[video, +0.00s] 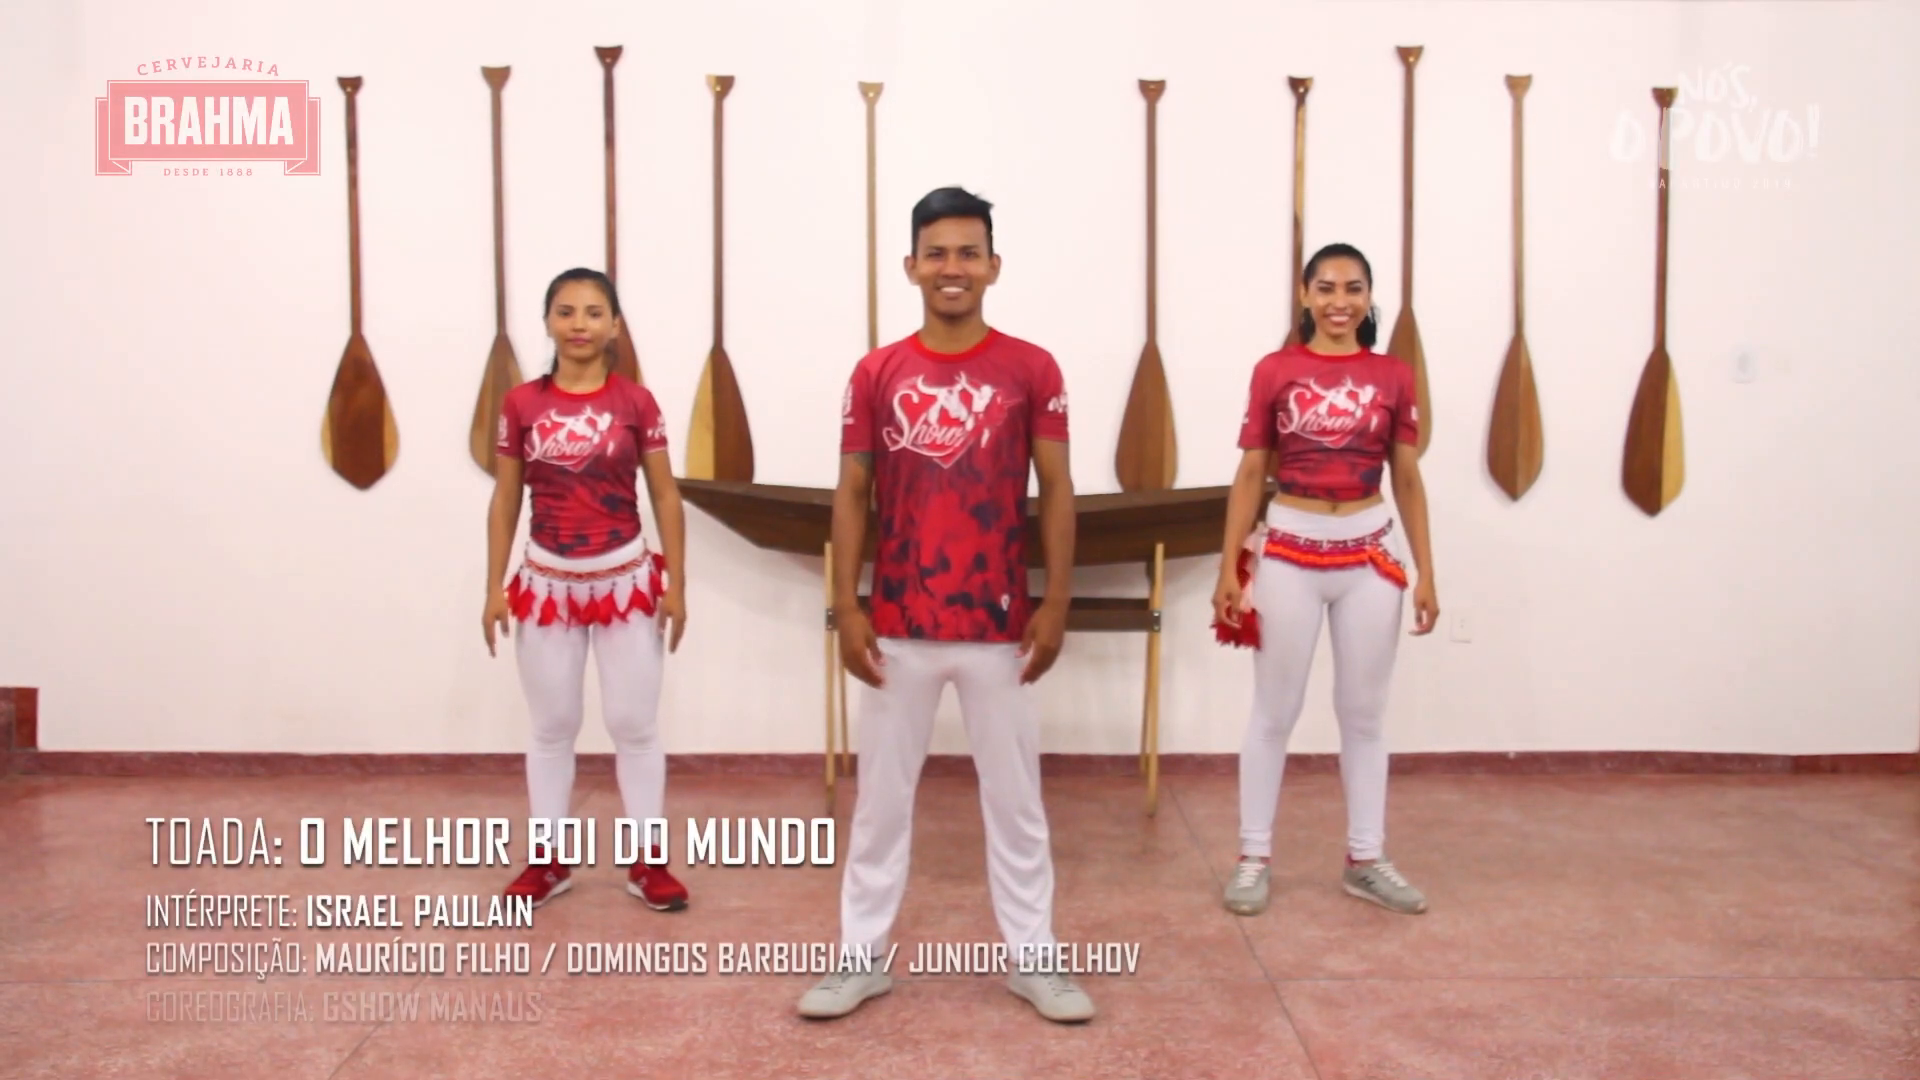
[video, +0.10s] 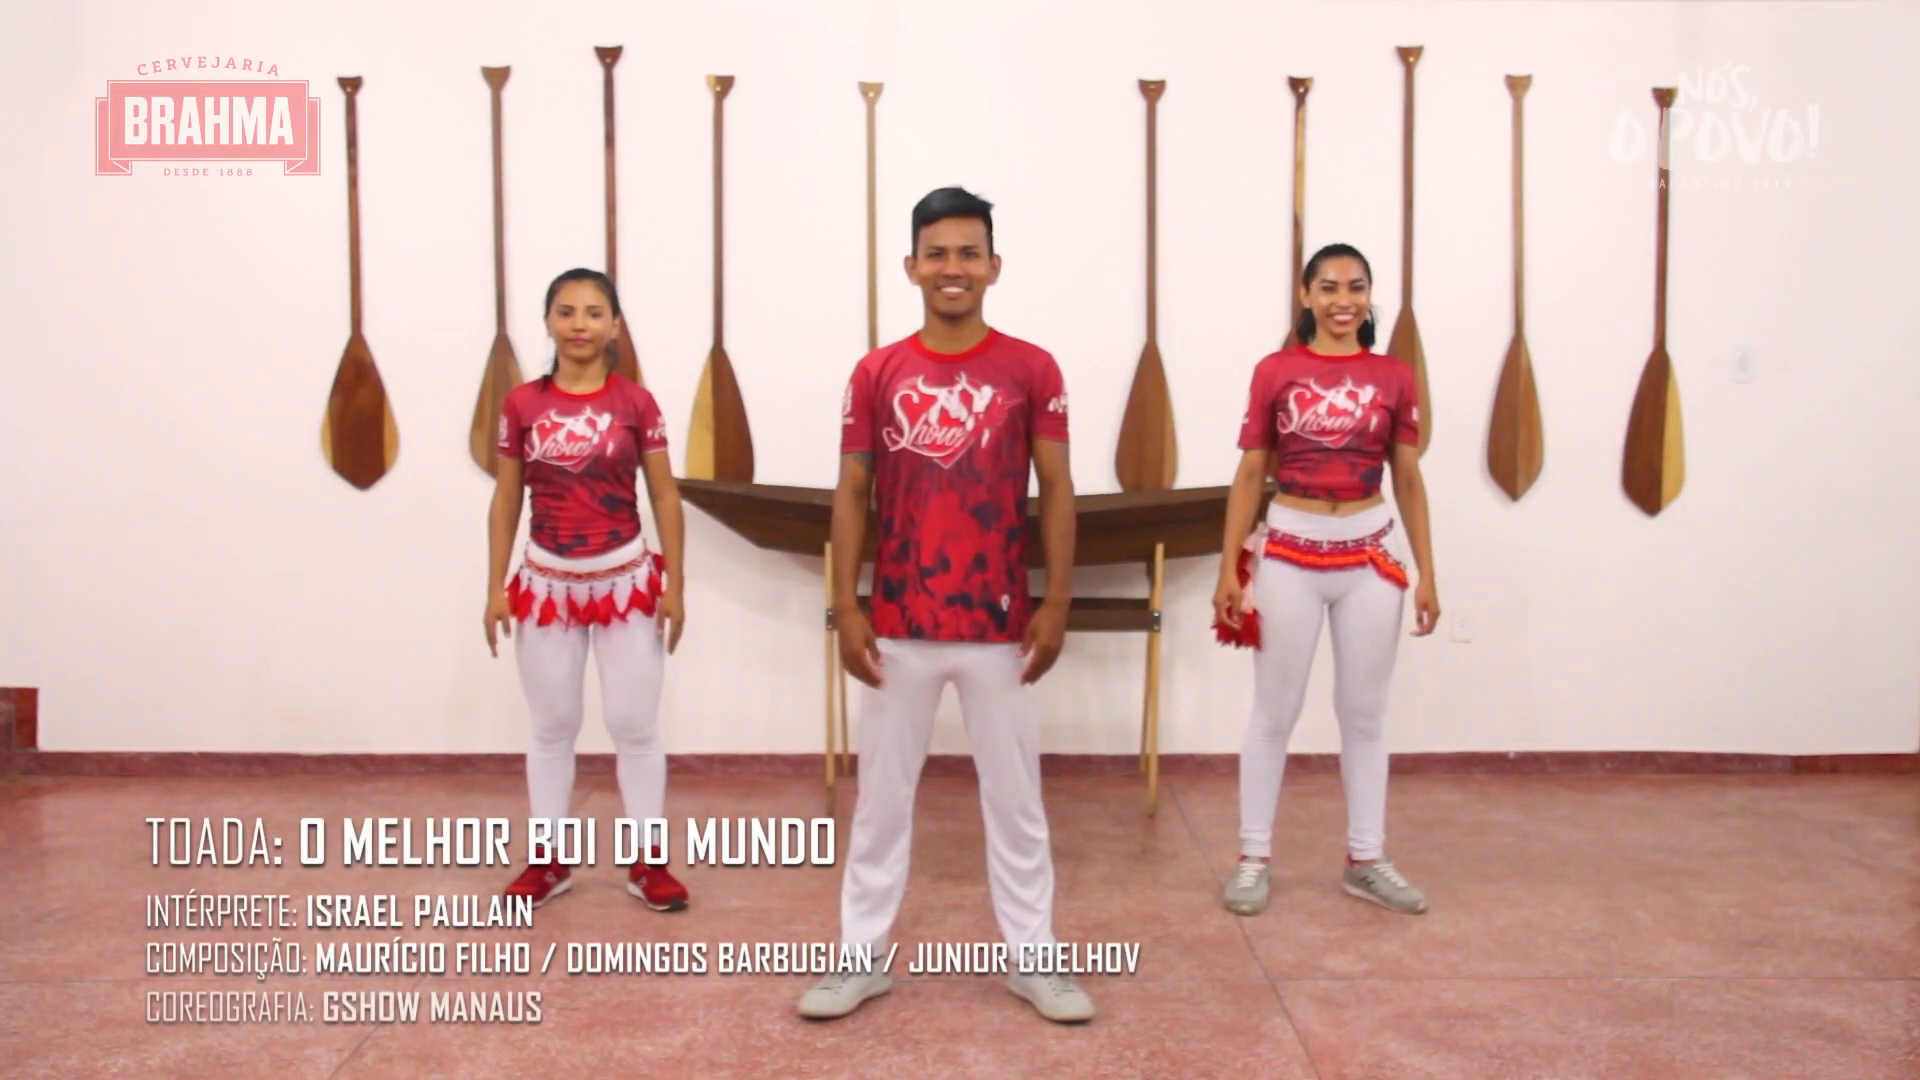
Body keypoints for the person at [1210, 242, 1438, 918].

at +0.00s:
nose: (1339, 299)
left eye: (1352, 288)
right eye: (1326, 287)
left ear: (1369, 298)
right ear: (1305, 296)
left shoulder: (1393, 375)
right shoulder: (1276, 370)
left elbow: (1407, 480)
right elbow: (1251, 473)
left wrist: (1425, 573)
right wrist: (1228, 564)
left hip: (1372, 554)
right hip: (1287, 554)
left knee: (1364, 716)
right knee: (1274, 714)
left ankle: (1365, 859)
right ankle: (1254, 859)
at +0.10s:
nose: (1343, 299)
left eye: (1355, 287)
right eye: (1329, 287)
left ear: (1370, 297)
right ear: (1306, 296)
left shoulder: (1393, 376)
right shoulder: (1276, 371)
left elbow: (1408, 480)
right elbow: (1250, 474)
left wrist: (1426, 574)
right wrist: (1228, 565)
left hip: (1372, 553)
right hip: (1288, 554)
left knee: (1364, 716)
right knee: (1274, 715)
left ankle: (1365, 859)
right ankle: (1254, 859)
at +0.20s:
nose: (1344, 298)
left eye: (1355, 287)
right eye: (1330, 287)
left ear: (1370, 297)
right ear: (1307, 296)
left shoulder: (1394, 376)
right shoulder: (1276, 371)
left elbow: (1408, 481)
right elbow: (1251, 474)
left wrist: (1427, 575)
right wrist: (1230, 567)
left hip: (1372, 554)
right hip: (1288, 554)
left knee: (1365, 716)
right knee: (1274, 715)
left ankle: (1366, 859)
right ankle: (1254, 859)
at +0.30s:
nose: (1342, 299)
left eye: (1354, 288)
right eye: (1329, 287)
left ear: (1370, 298)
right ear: (1307, 296)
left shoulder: (1394, 377)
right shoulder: (1276, 371)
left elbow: (1408, 482)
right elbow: (1252, 474)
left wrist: (1427, 575)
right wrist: (1231, 568)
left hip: (1373, 554)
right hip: (1288, 554)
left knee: (1365, 716)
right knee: (1274, 715)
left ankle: (1366, 859)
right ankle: (1254, 859)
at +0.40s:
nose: (1341, 300)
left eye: (1353, 289)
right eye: (1328, 288)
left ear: (1370, 298)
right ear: (1307, 297)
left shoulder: (1393, 377)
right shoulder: (1276, 371)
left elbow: (1406, 482)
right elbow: (1252, 474)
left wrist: (1427, 574)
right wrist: (1232, 567)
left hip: (1374, 554)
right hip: (1289, 555)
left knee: (1365, 717)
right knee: (1274, 715)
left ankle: (1366, 859)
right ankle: (1254, 859)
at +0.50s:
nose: (1341, 300)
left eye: (1353, 288)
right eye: (1328, 288)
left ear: (1370, 298)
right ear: (1307, 296)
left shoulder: (1394, 376)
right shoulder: (1277, 370)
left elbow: (1406, 481)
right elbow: (1252, 474)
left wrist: (1426, 574)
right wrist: (1233, 564)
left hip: (1375, 554)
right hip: (1290, 555)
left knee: (1366, 717)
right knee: (1276, 716)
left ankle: (1366, 859)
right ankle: (1254, 859)